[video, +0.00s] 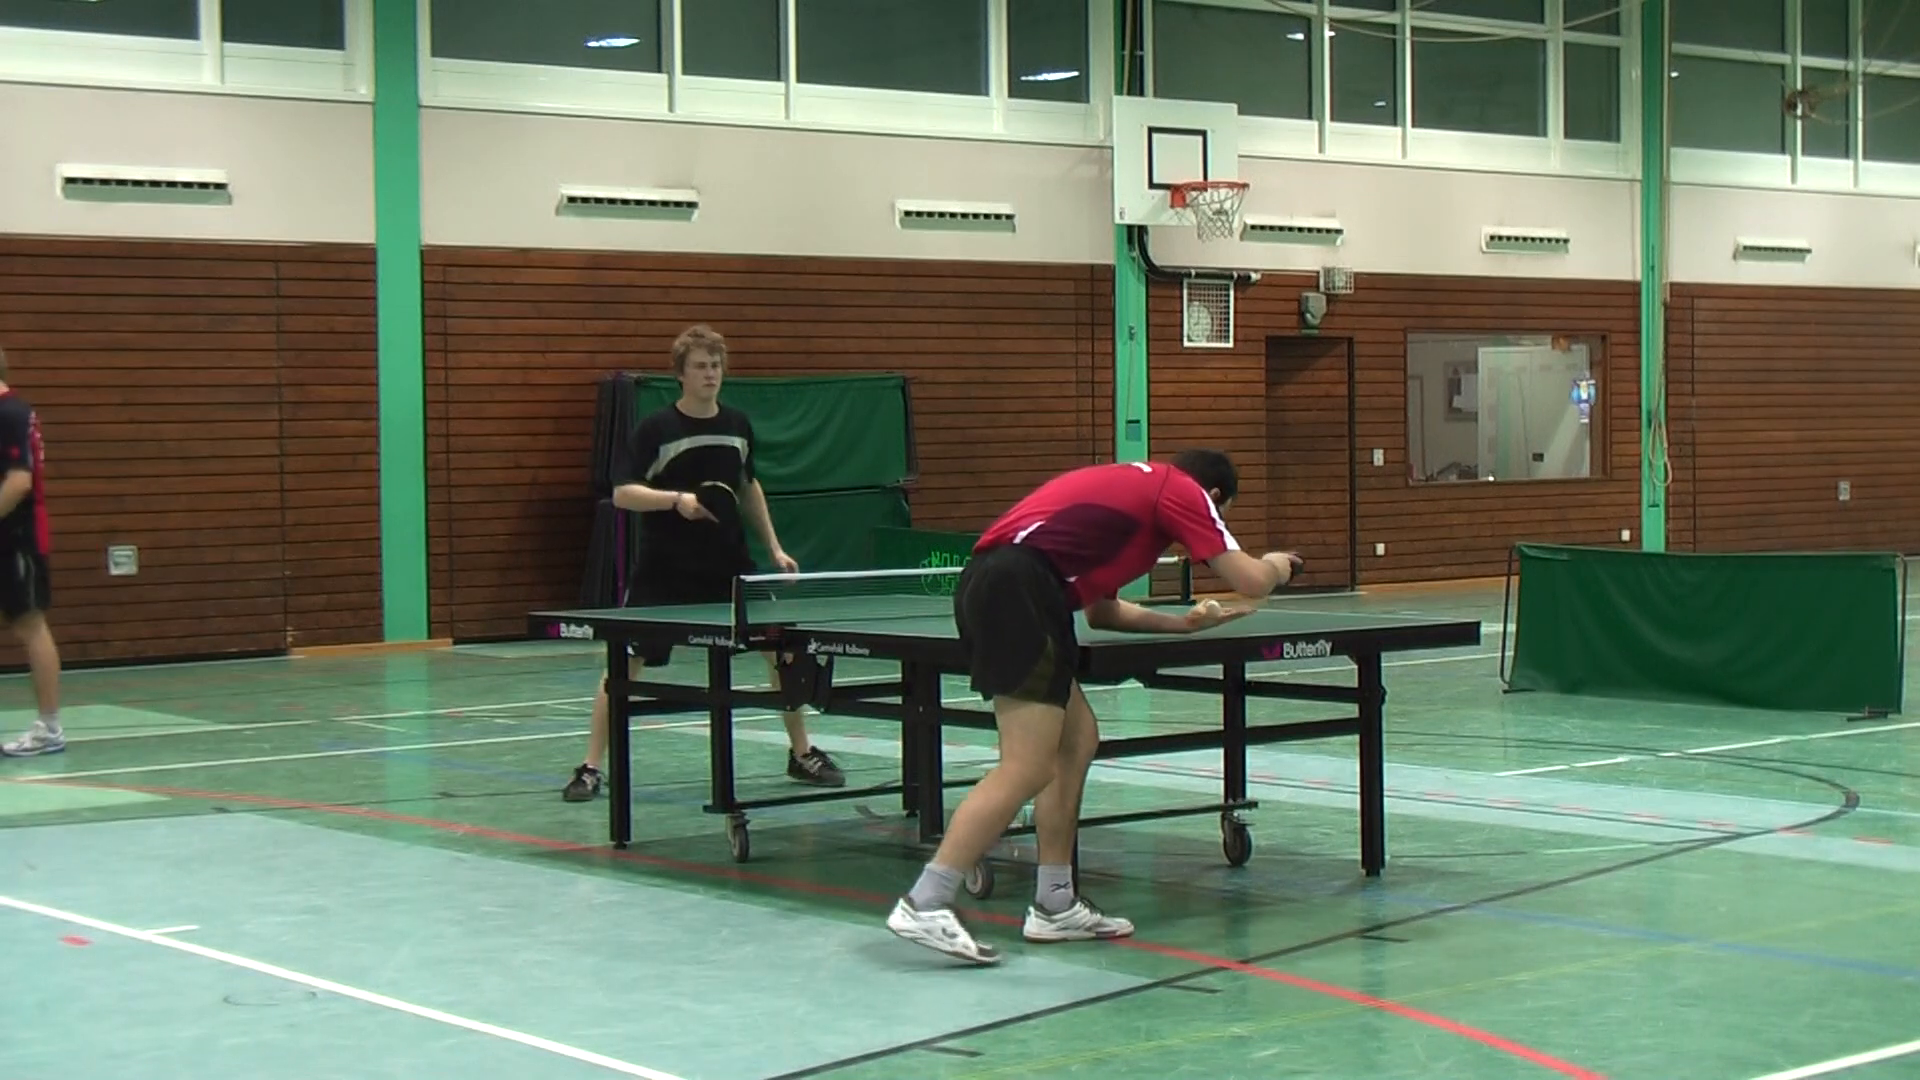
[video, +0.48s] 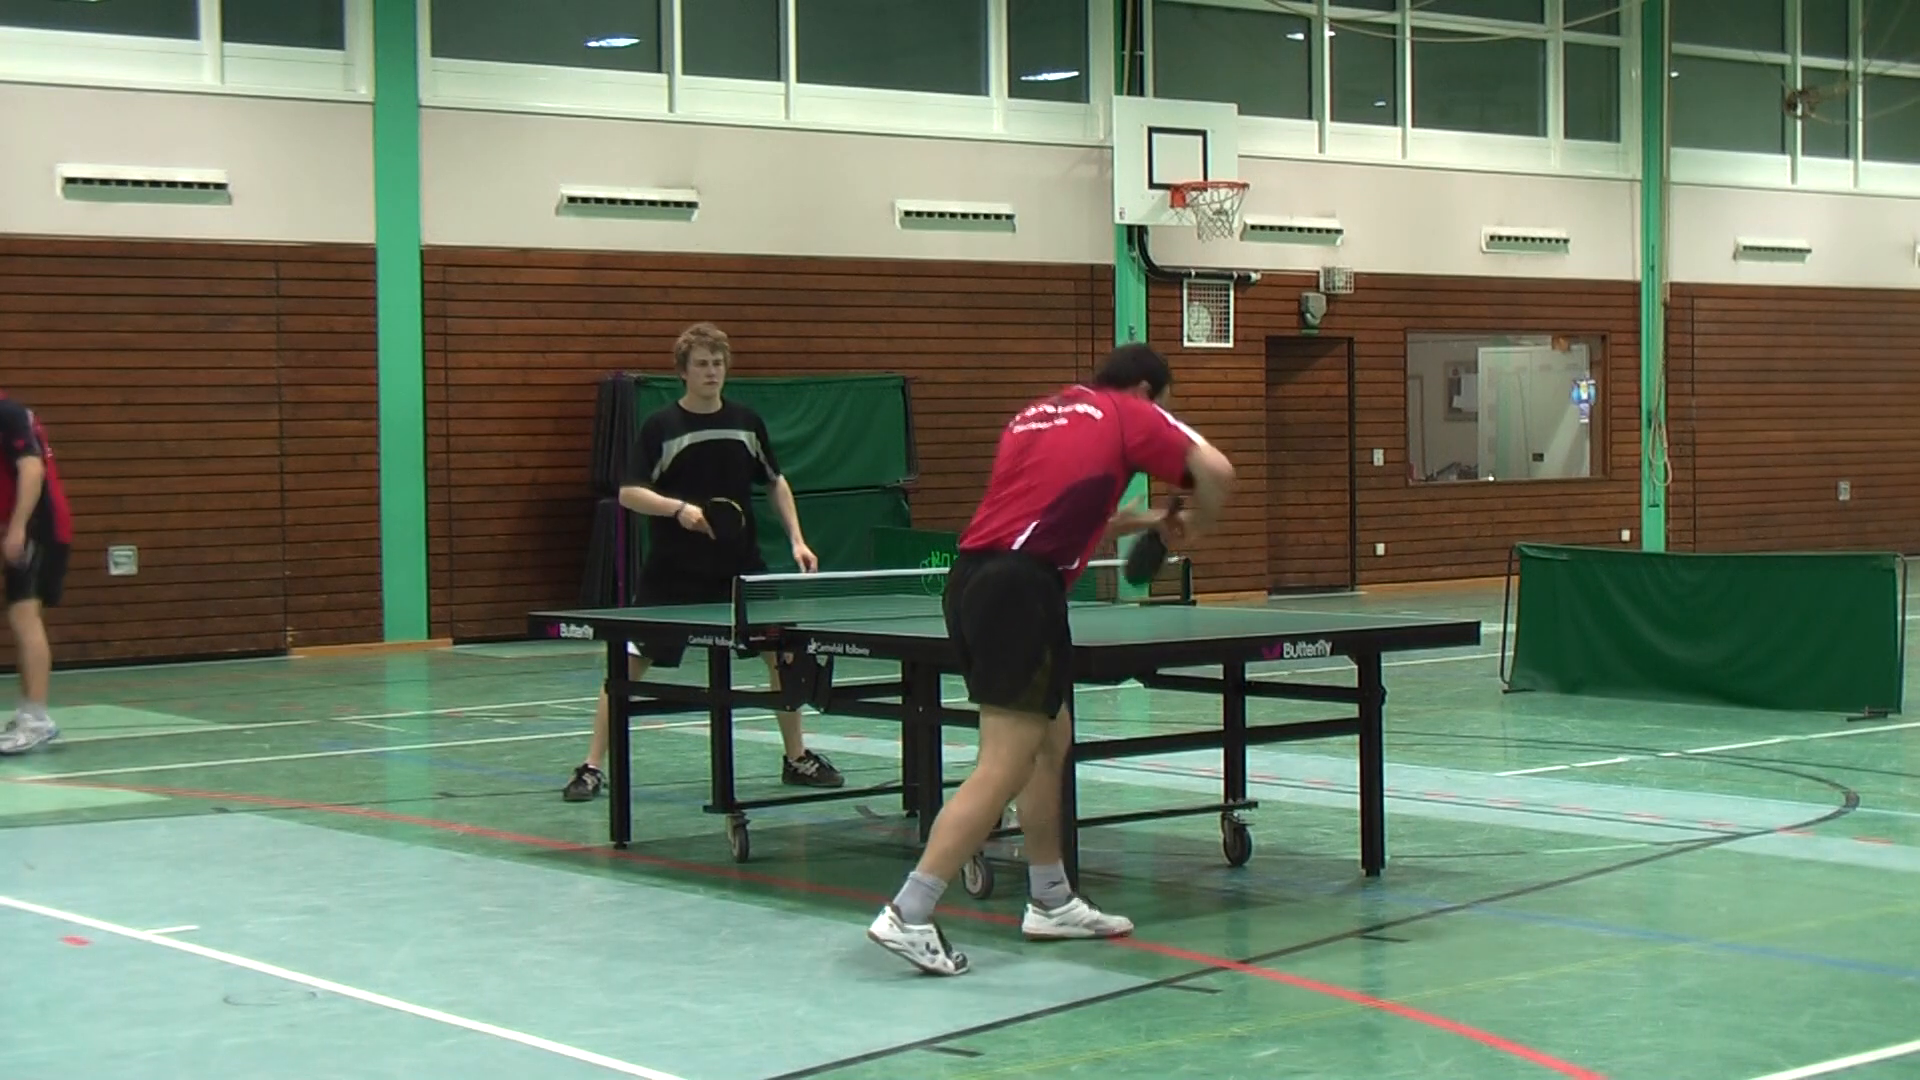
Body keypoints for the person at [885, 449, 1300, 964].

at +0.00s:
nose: (1215, 519)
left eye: (1218, 513)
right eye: (1217, 507)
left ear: (1175, 473)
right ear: (1207, 491)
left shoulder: (1121, 500)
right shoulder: (1177, 487)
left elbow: (1102, 609)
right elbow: (1252, 582)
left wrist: (1185, 619)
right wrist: (1277, 565)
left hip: (999, 585)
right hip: (1017, 583)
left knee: (1077, 738)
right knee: (1029, 763)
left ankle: (1054, 906)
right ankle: (924, 903)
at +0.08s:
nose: (1217, 514)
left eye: (1220, 505)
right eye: (1219, 502)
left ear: (1170, 469)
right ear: (1206, 485)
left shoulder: (1116, 490)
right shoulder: (1177, 486)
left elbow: (1101, 608)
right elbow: (1256, 578)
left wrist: (1186, 616)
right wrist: (1284, 564)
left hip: (993, 584)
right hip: (1015, 584)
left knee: (1075, 736)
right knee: (1024, 762)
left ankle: (1055, 904)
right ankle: (909, 894)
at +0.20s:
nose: (1205, 496)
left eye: (1207, 489)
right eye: (1207, 486)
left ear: (1157, 454)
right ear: (1195, 472)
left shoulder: (1110, 480)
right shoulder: (1172, 481)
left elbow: (1094, 599)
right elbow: (1262, 567)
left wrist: (1178, 607)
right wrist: (1293, 558)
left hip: (989, 585)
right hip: (1013, 588)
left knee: (1075, 735)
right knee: (1013, 770)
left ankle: (1055, 904)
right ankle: (892, 894)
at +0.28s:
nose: (1193, 477)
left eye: (1196, 467)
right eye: (1197, 465)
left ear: (1144, 436)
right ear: (1186, 454)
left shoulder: (1095, 460)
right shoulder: (1166, 469)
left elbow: (1100, 583)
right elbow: (1251, 550)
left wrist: (1187, 583)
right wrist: (1286, 558)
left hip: (980, 586)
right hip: (1015, 591)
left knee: (1073, 735)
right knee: (1011, 771)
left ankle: (1055, 904)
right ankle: (893, 899)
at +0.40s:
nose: (1175, 434)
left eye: (1175, 425)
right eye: (1175, 424)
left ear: (1123, 401)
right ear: (1160, 414)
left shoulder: (1060, 426)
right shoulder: (1146, 436)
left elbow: (1070, 535)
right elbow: (1242, 508)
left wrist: (1151, 529)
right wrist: (1219, 538)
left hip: (976, 585)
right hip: (1016, 591)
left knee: (1065, 736)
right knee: (1003, 773)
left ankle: (1053, 904)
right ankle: (907, 914)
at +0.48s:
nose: (1160, 413)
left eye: (1161, 404)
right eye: (1160, 403)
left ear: (1105, 379)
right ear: (1143, 391)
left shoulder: (1038, 412)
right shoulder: (1128, 411)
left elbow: (1059, 517)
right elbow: (1217, 471)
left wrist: (1146, 521)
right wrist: (1199, 523)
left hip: (974, 579)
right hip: (1020, 585)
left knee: (1050, 739)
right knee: (1003, 765)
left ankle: (1051, 901)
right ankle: (908, 914)